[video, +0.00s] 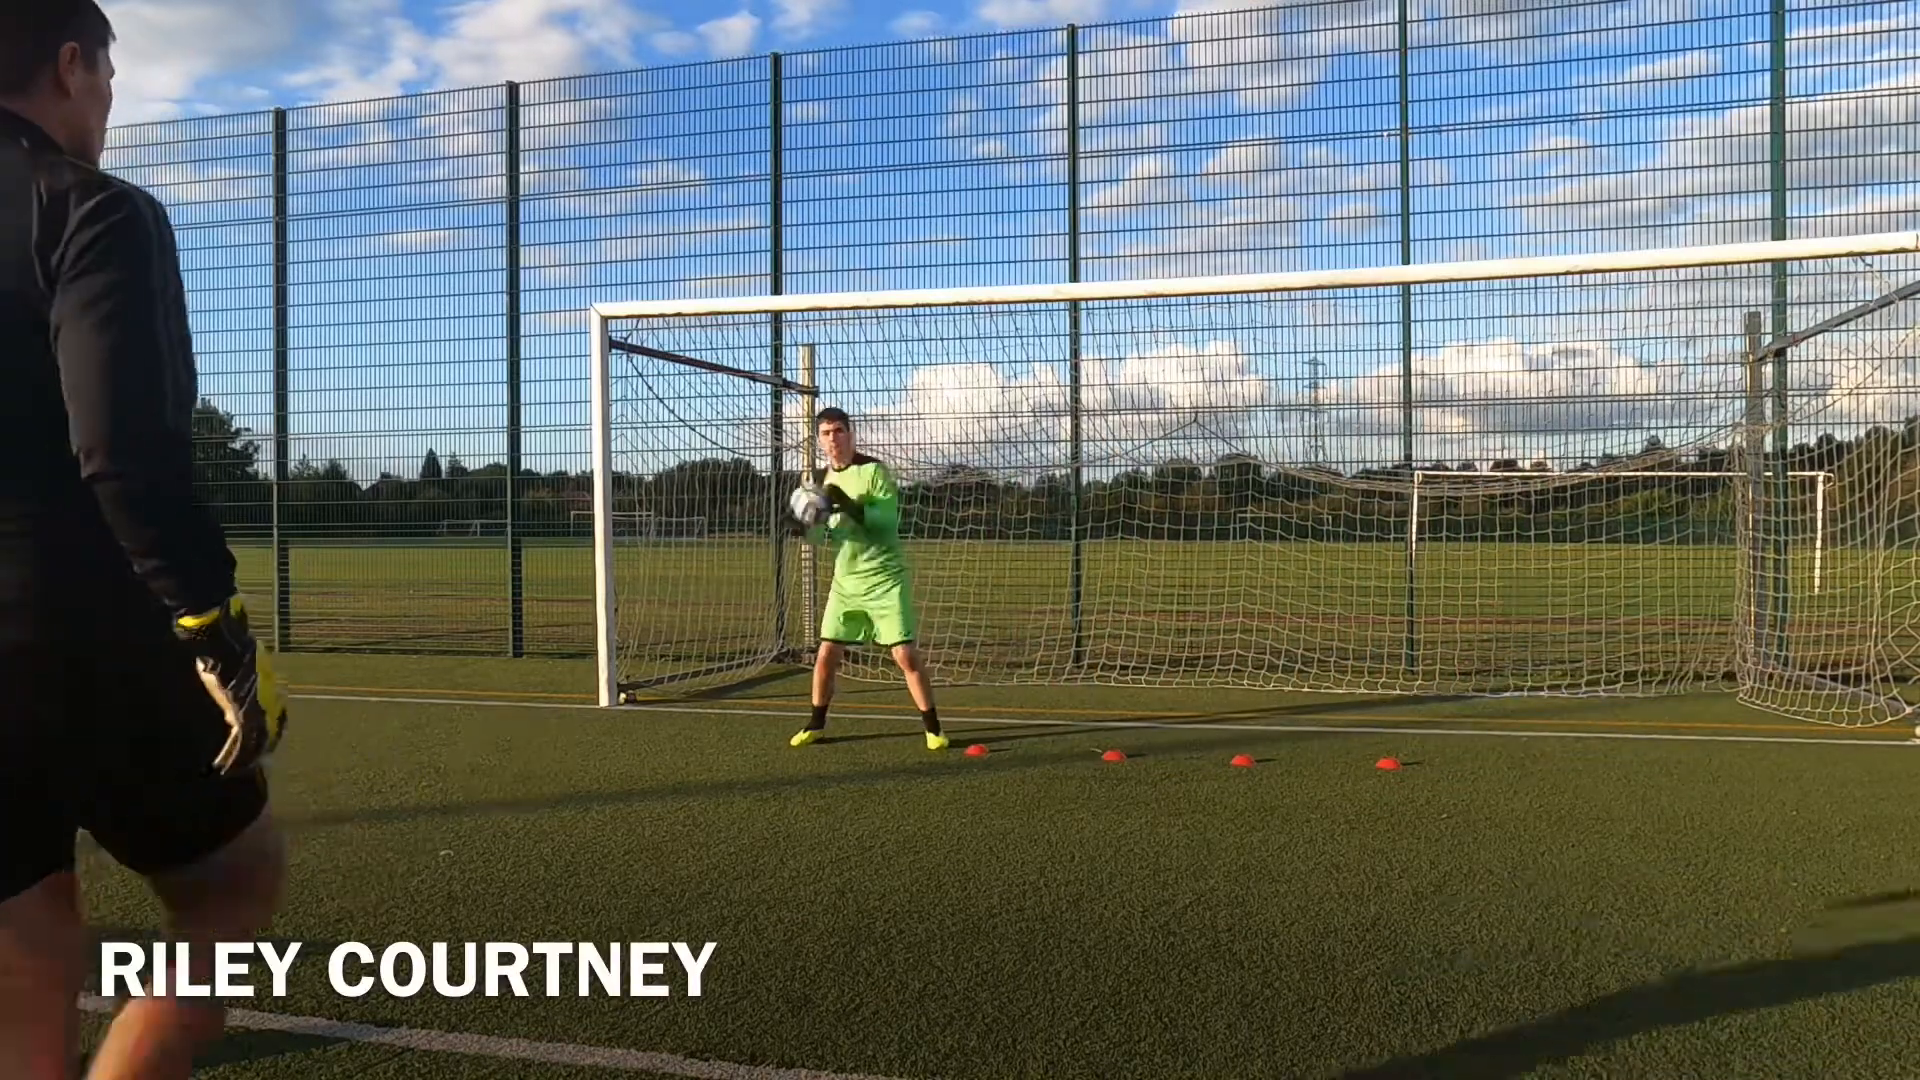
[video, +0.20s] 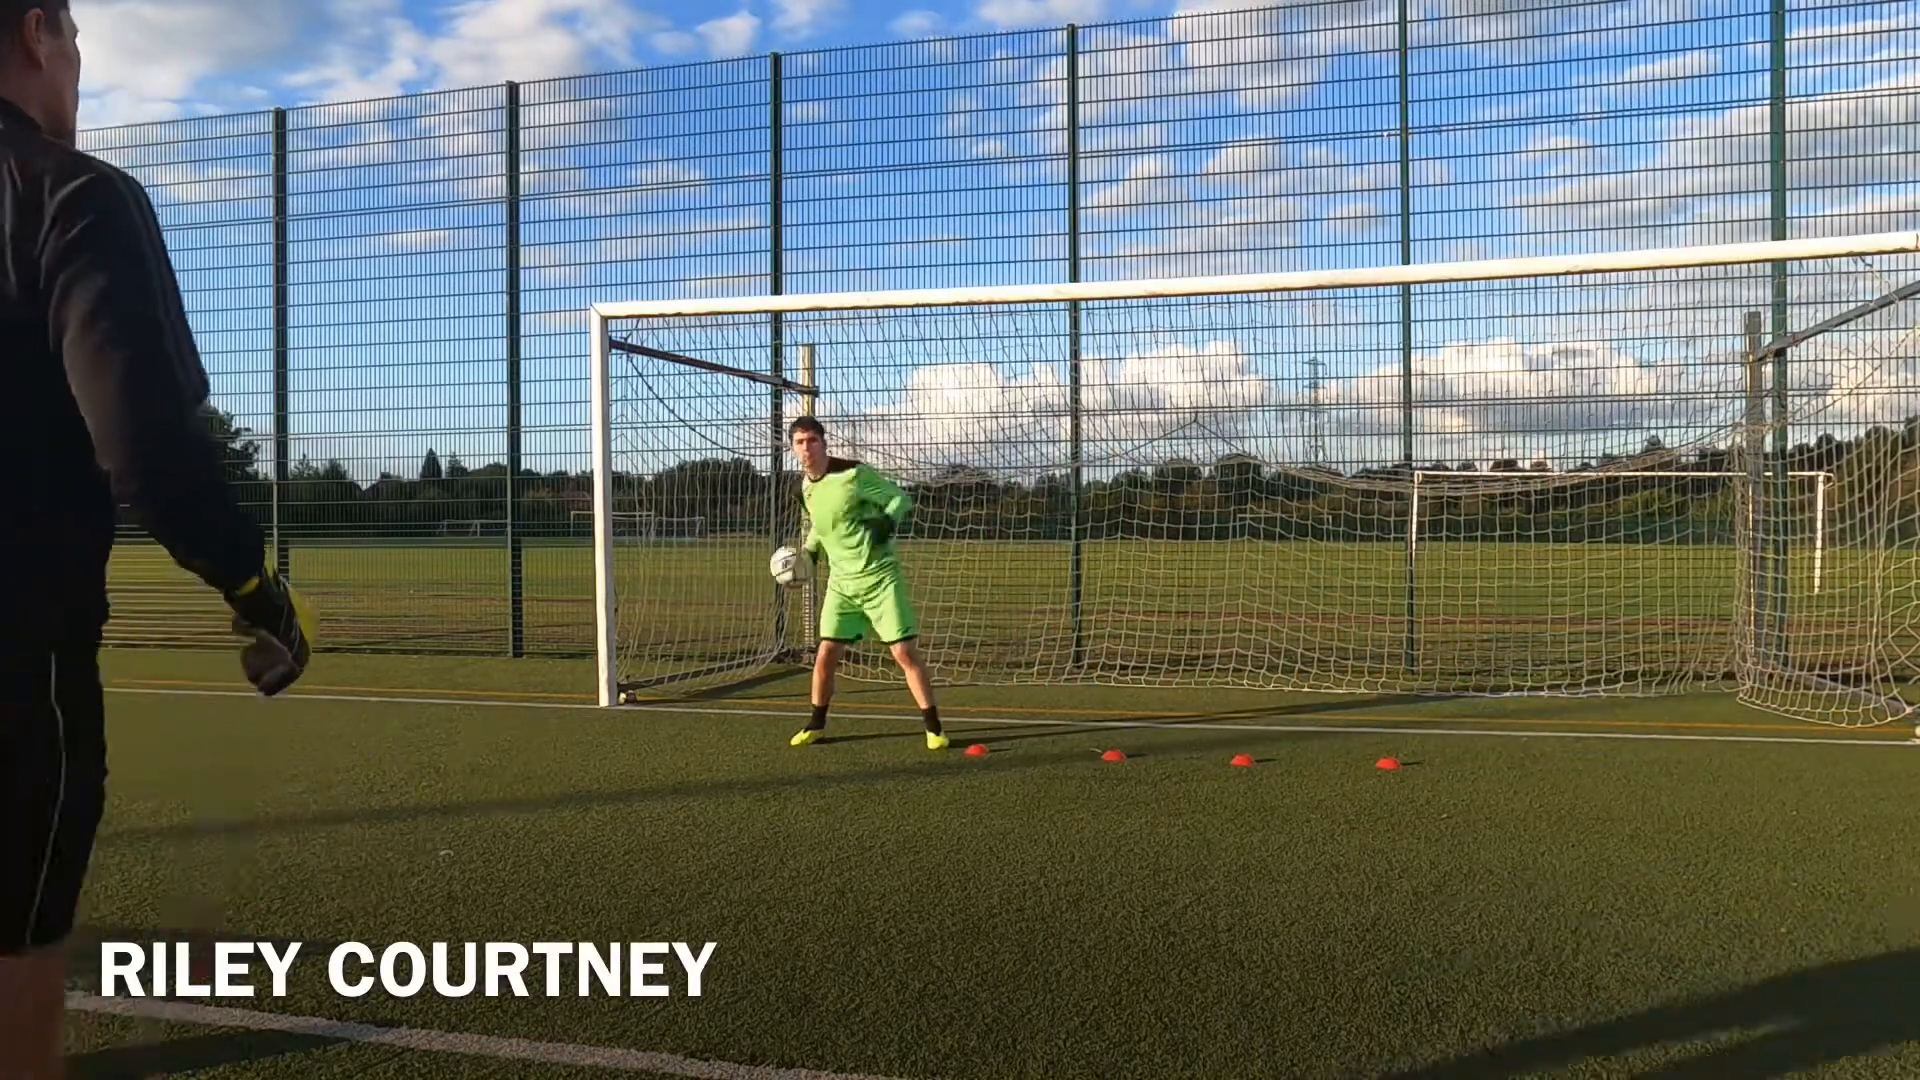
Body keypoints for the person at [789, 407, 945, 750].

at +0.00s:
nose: (834, 439)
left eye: (839, 431)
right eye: (826, 433)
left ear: (852, 435)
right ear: (820, 441)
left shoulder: (876, 472)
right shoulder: (825, 481)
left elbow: (886, 524)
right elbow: (825, 532)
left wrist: (845, 504)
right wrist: (805, 519)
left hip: (886, 579)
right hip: (845, 583)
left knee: (905, 656)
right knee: (826, 652)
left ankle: (933, 728)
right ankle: (816, 724)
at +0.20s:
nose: (806, 448)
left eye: (812, 440)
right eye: (800, 443)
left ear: (824, 443)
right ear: (794, 450)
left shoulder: (857, 475)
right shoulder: (807, 489)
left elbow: (902, 500)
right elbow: (819, 526)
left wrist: (887, 521)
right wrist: (807, 554)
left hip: (881, 579)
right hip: (841, 585)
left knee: (903, 652)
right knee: (826, 652)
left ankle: (933, 727)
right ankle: (816, 725)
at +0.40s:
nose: (816, 439)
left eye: (822, 432)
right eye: (809, 433)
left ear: (833, 436)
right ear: (801, 439)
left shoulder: (860, 471)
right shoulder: (798, 485)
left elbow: (899, 497)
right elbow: (805, 537)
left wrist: (891, 513)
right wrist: (786, 557)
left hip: (880, 574)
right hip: (839, 579)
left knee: (901, 648)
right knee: (826, 653)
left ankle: (933, 725)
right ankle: (816, 724)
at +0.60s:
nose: (854, 447)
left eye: (859, 440)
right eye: (847, 440)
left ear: (866, 438)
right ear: (833, 438)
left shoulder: (884, 473)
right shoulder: (821, 481)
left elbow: (917, 505)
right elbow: (798, 521)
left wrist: (907, 524)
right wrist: (810, 481)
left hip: (890, 578)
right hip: (846, 583)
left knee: (912, 648)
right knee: (829, 653)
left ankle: (928, 724)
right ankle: (817, 724)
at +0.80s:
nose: (919, 461)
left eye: (923, 454)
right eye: (914, 455)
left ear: (926, 449)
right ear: (896, 447)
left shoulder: (934, 482)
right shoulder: (865, 479)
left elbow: (952, 518)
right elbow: (842, 523)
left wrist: (941, 542)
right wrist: (855, 548)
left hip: (924, 589)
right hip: (880, 587)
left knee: (916, 665)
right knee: (859, 660)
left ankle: (896, 722)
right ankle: (831, 719)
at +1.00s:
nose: (977, 463)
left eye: (980, 457)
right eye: (971, 458)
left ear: (981, 452)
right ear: (952, 450)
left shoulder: (986, 484)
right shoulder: (917, 478)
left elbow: (1015, 516)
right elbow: (898, 520)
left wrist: (1020, 552)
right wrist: (896, 565)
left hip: (965, 573)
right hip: (923, 574)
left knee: (976, 647)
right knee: (927, 652)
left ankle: (942, 697)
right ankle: (906, 733)